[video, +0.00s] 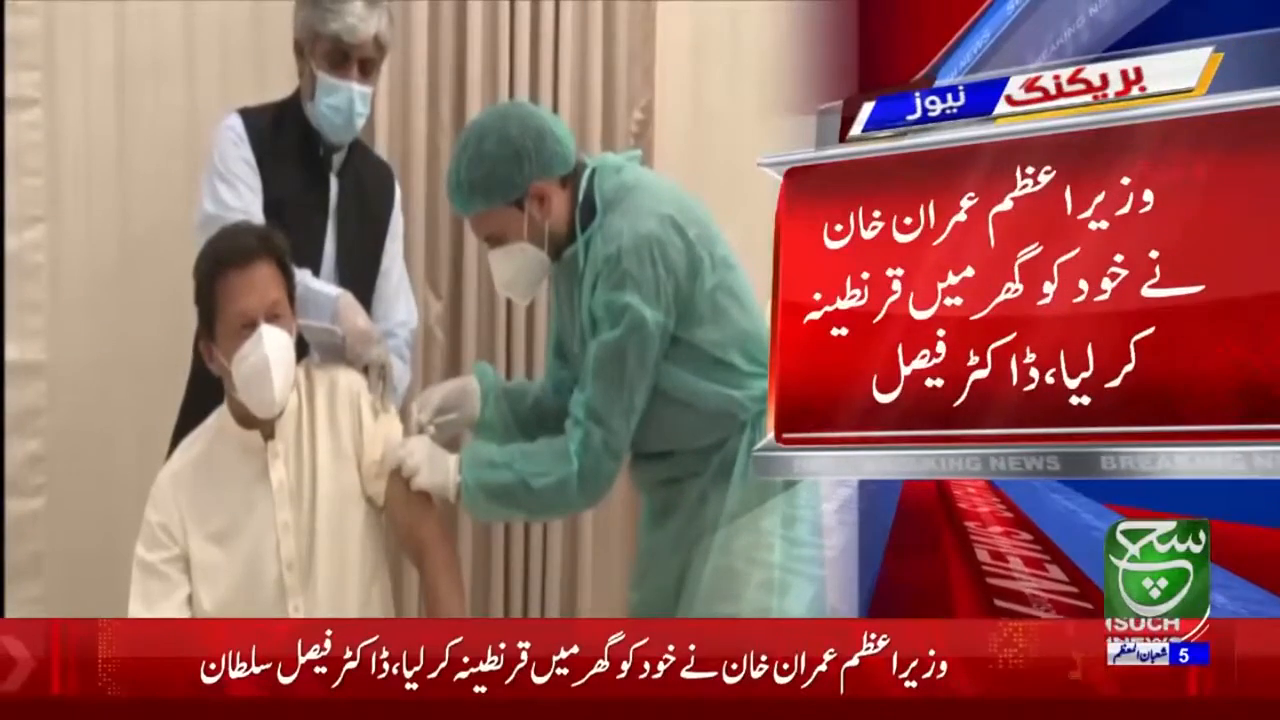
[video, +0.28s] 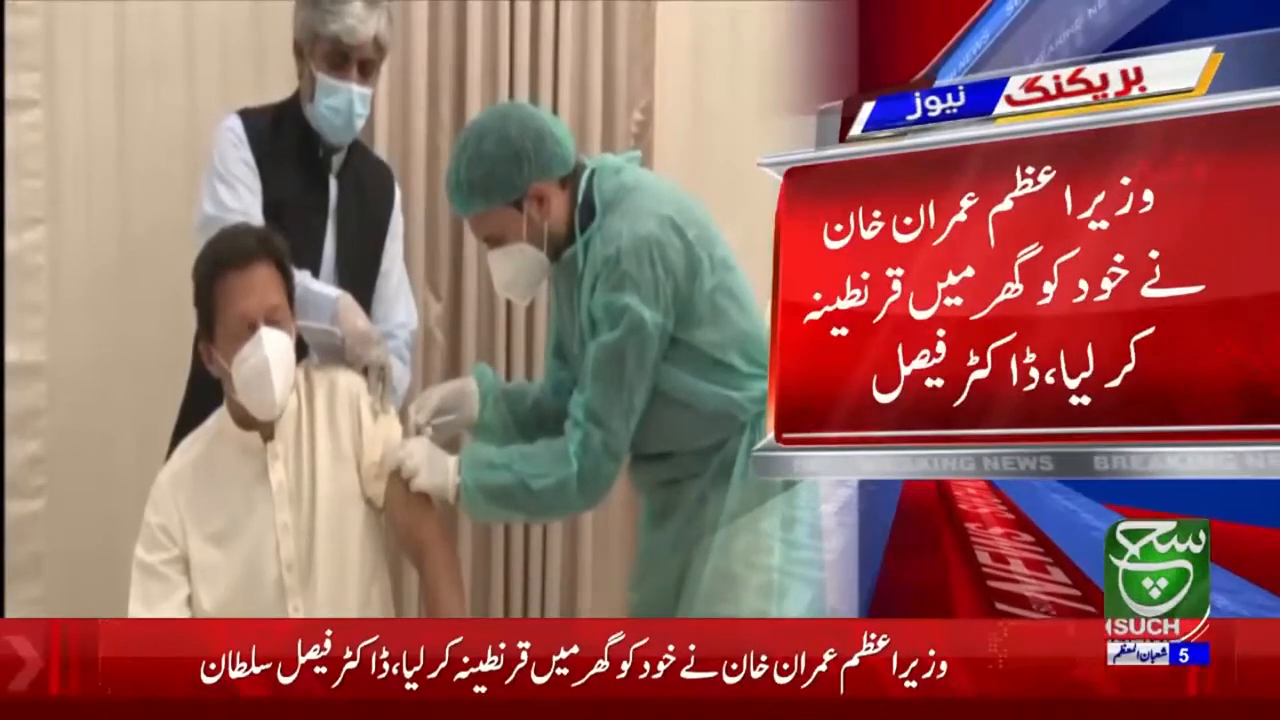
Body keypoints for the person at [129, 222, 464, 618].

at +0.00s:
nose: (267, 339)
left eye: (276, 318)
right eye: (246, 328)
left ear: (295, 319)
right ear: (212, 354)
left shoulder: (344, 399)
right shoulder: (180, 486)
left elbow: (428, 538)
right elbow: (158, 639)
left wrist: (453, 646)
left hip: (364, 674)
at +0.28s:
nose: (267, 342)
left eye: (275, 321)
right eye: (246, 330)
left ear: (295, 323)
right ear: (211, 356)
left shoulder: (344, 400)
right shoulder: (180, 486)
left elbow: (428, 540)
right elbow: (157, 638)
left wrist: (452, 647)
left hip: (364, 674)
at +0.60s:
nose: (269, 351)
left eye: (277, 330)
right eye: (248, 339)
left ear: (296, 327)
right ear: (212, 359)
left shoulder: (346, 405)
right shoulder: (180, 487)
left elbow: (428, 544)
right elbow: (157, 639)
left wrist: (452, 650)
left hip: (364, 674)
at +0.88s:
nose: (268, 378)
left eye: (279, 357)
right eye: (249, 364)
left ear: (299, 343)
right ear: (211, 364)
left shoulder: (346, 410)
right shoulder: (182, 488)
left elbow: (429, 547)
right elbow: (158, 637)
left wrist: (452, 652)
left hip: (360, 672)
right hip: (241, 683)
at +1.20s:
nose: (263, 400)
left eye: (275, 380)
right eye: (244, 387)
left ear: (299, 359)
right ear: (210, 372)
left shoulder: (347, 418)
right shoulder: (184, 492)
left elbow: (426, 552)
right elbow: (157, 633)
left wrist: (456, 651)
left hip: (359, 667)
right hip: (240, 681)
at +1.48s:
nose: (288, 400)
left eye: (295, 377)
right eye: (266, 390)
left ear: (309, 363)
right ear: (222, 392)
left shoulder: (347, 423)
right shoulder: (185, 497)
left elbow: (428, 558)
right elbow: (156, 640)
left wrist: (459, 659)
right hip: (242, 688)